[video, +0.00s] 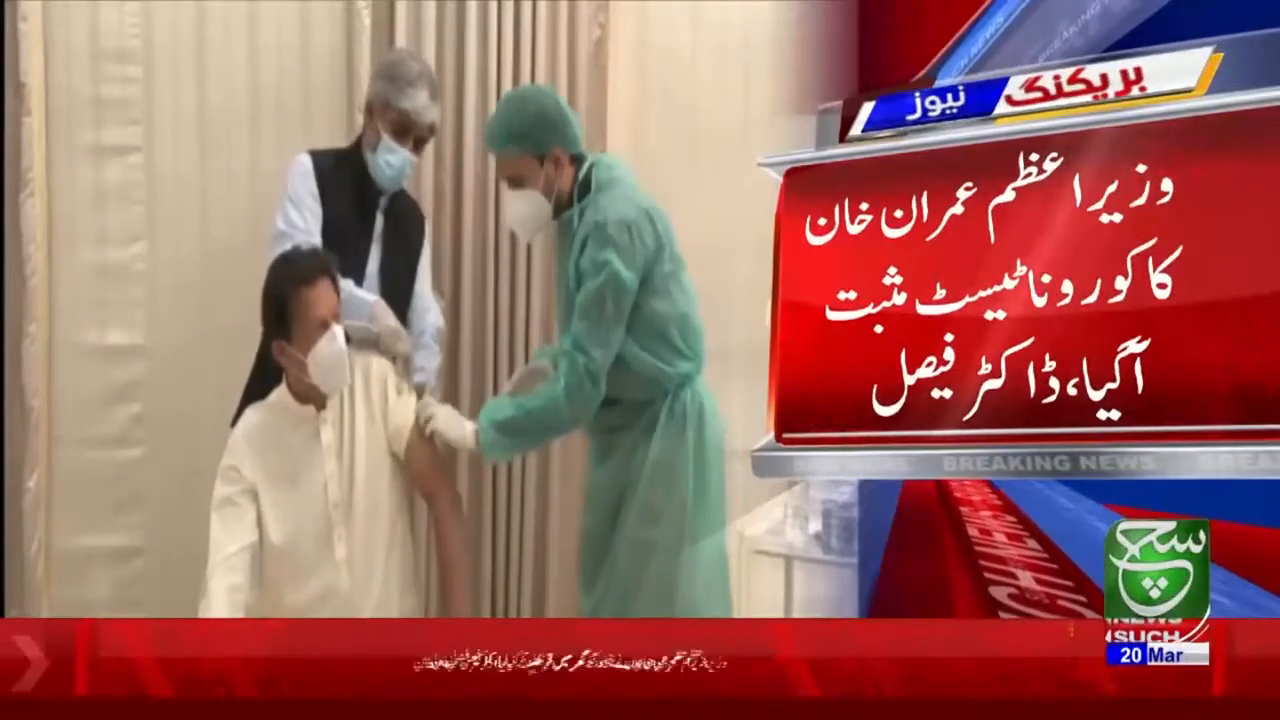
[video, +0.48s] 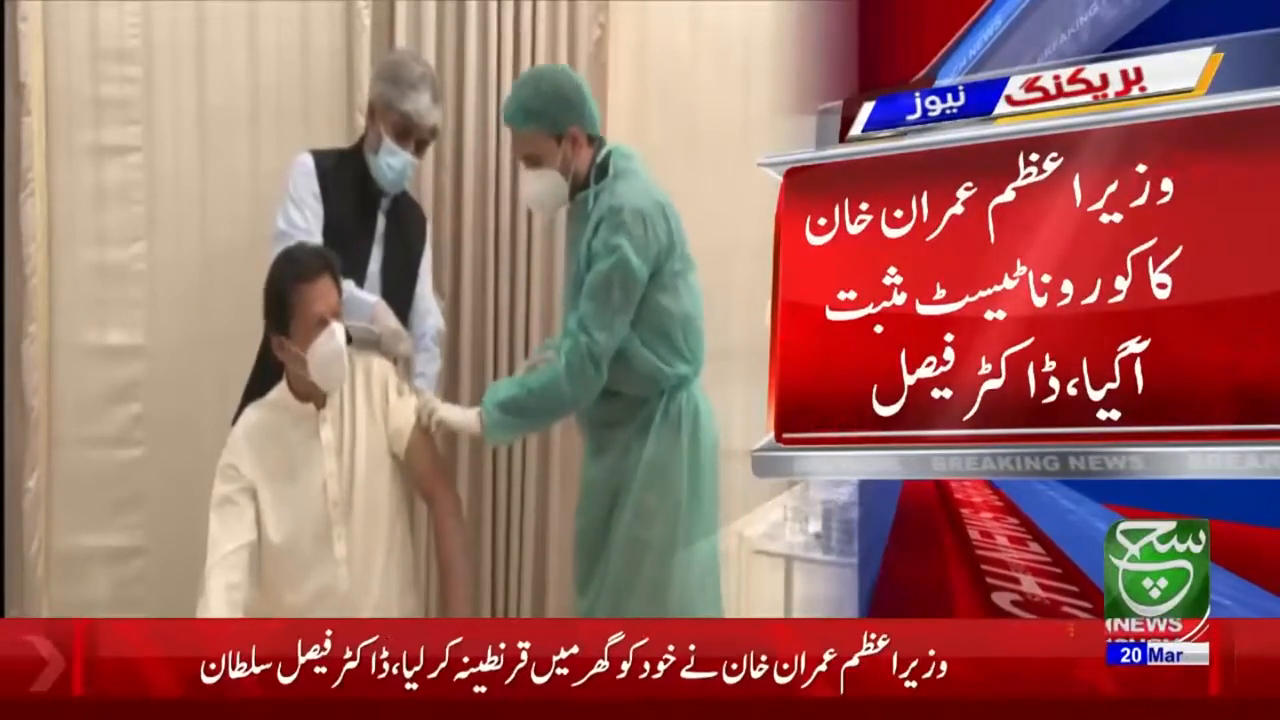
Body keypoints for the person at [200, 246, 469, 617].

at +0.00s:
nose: (338, 339)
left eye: (339, 322)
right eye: (321, 329)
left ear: (347, 319)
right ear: (282, 350)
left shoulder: (375, 380)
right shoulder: (253, 435)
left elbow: (442, 495)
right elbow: (229, 570)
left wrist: (458, 615)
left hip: (388, 617)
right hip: (294, 631)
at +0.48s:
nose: (337, 336)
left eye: (338, 318)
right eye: (319, 326)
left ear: (347, 316)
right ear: (281, 346)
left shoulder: (375, 381)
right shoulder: (253, 434)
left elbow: (442, 496)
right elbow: (227, 570)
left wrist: (458, 615)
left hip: (389, 618)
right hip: (293, 633)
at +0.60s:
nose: (260, 323)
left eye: (270, 303)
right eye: (238, 312)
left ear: (289, 310)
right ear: (208, 343)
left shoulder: (341, 386)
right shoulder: (178, 472)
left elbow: (431, 526)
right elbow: (153, 624)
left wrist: (457, 642)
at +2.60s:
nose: (265, 335)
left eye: (275, 313)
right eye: (244, 322)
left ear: (295, 316)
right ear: (212, 349)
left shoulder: (345, 394)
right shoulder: (179, 484)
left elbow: (431, 538)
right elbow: (159, 639)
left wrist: (454, 647)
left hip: (364, 674)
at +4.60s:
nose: (264, 388)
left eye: (277, 367)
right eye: (246, 374)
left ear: (299, 354)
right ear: (211, 367)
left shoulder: (346, 414)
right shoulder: (183, 489)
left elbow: (427, 550)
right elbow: (157, 634)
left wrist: (454, 651)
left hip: (359, 669)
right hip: (240, 681)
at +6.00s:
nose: (299, 383)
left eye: (299, 360)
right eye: (275, 373)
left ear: (310, 354)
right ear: (226, 402)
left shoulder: (349, 425)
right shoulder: (186, 500)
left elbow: (432, 562)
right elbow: (156, 640)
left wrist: (461, 667)